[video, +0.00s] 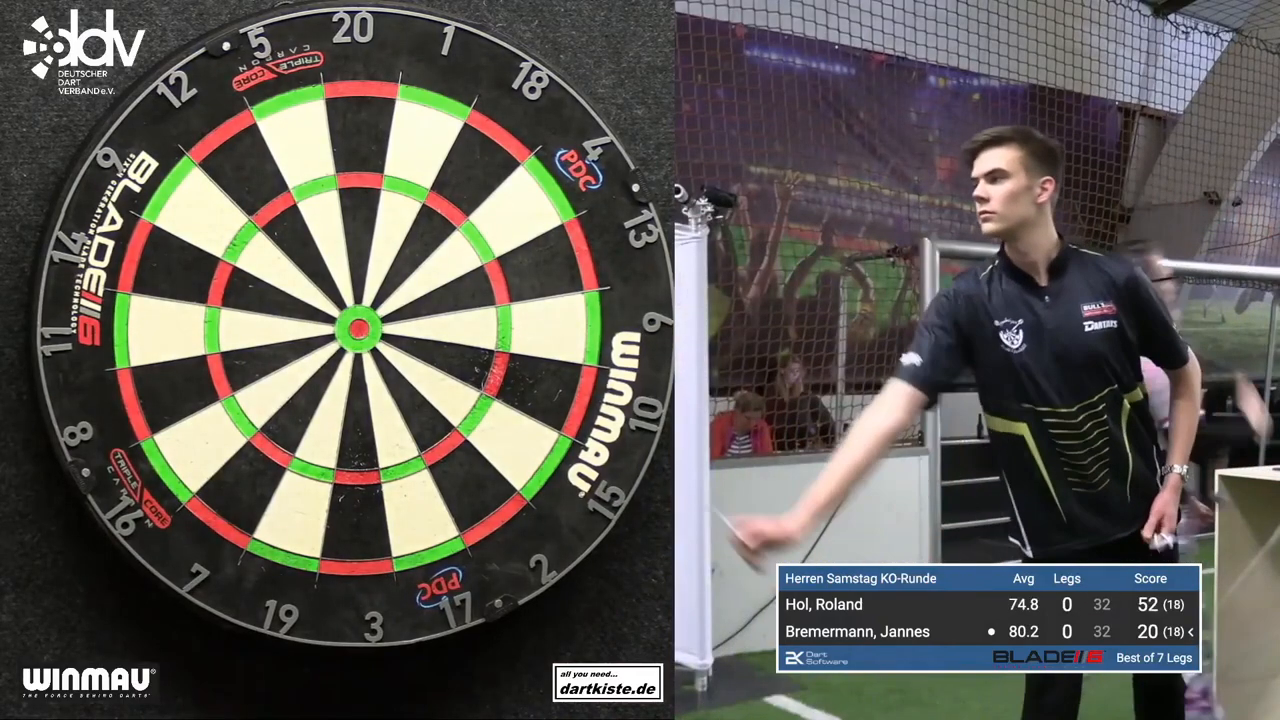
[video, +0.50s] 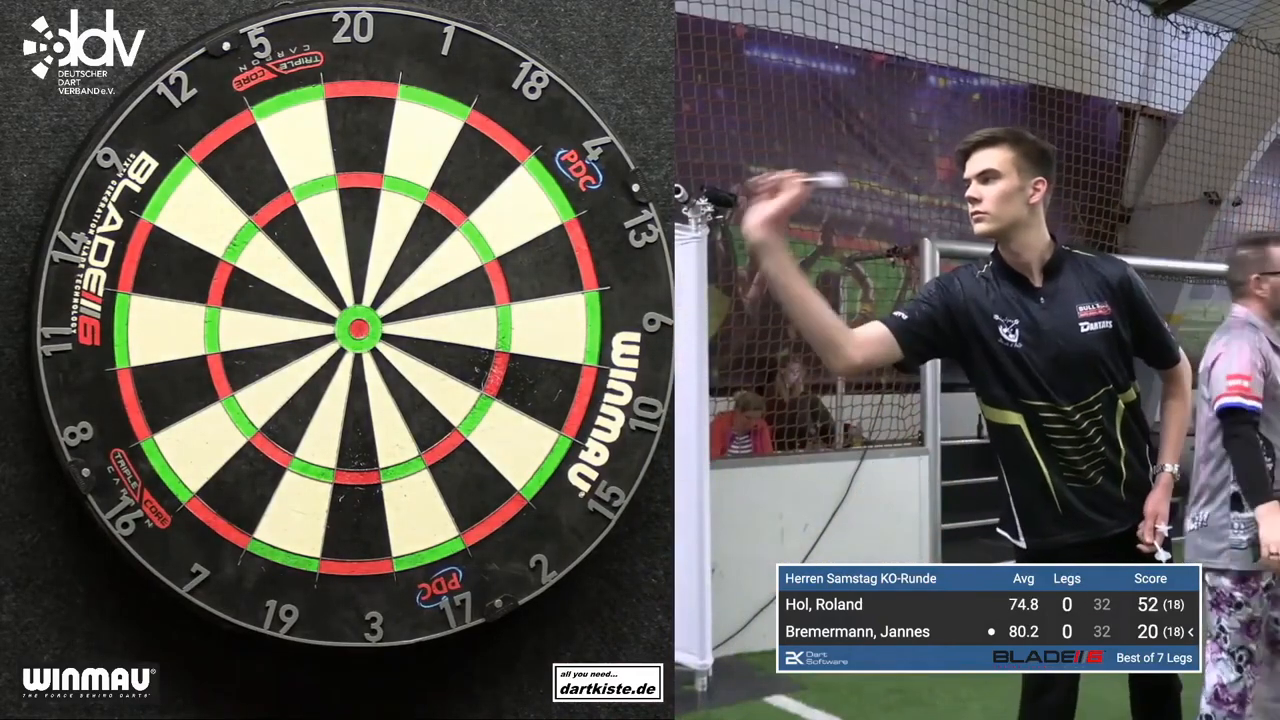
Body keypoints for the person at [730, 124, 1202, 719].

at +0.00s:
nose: (978, 193)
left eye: (996, 178)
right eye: (976, 182)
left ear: (1045, 190)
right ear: (976, 196)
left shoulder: (1116, 280)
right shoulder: (965, 305)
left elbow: (1186, 374)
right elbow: (891, 408)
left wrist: (1175, 479)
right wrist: (799, 520)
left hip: (1140, 527)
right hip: (1049, 541)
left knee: (1162, 692)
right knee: (1051, 699)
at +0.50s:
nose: (970, 195)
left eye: (987, 179)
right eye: (968, 185)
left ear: (1037, 191)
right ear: (968, 200)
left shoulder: (1108, 279)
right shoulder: (960, 297)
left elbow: (1177, 374)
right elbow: (847, 352)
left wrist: (1166, 479)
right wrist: (765, 241)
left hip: (1136, 523)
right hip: (1046, 538)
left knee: (1158, 685)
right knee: (1050, 698)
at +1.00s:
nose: (966, 196)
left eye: (983, 180)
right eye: (963, 185)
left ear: (1032, 191)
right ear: (963, 201)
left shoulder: (1104, 280)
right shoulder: (958, 298)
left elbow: (1172, 376)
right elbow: (842, 350)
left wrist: (1160, 481)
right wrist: (847, 216)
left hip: (1130, 526)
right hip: (1039, 542)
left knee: (1154, 685)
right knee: (1046, 699)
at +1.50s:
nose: (970, 193)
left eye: (986, 178)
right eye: (967, 184)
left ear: (1037, 188)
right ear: (969, 198)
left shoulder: (1109, 283)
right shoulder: (960, 284)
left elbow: (1173, 381)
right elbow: (840, 290)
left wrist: (1157, 487)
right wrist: (707, 318)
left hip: (1127, 522)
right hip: (1038, 535)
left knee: (1153, 682)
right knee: (1046, 691)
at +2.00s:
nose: (948, 204)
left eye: (966, 188)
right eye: (946, 193)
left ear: (1016, 199)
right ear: (945, 206)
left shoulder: (1089, 297)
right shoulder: (936, 319)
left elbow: (1152, 397)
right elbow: (935, 464)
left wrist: (1101, 464)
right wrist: (939, 583)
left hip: (1102, 546)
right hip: (1008, 560)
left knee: (1147, 701)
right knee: (1044, 710)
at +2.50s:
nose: (786, 180)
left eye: (813, 166)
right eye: (788, 164)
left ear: (875, 187)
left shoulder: (938, 321)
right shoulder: (774, 316)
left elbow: (1026, 465)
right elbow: (771, 467)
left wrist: (902, 539)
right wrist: (768, 615)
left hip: (928, 590)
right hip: (832, 589)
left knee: (889, 707)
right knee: (885, 706)